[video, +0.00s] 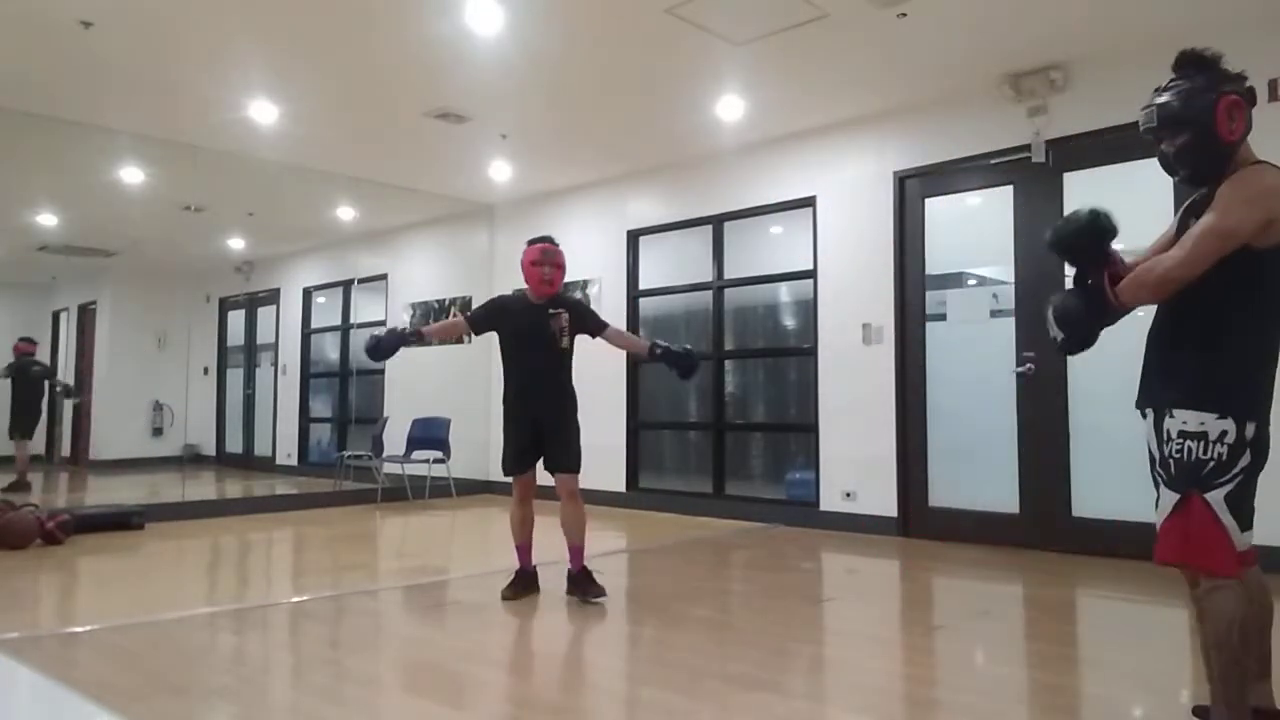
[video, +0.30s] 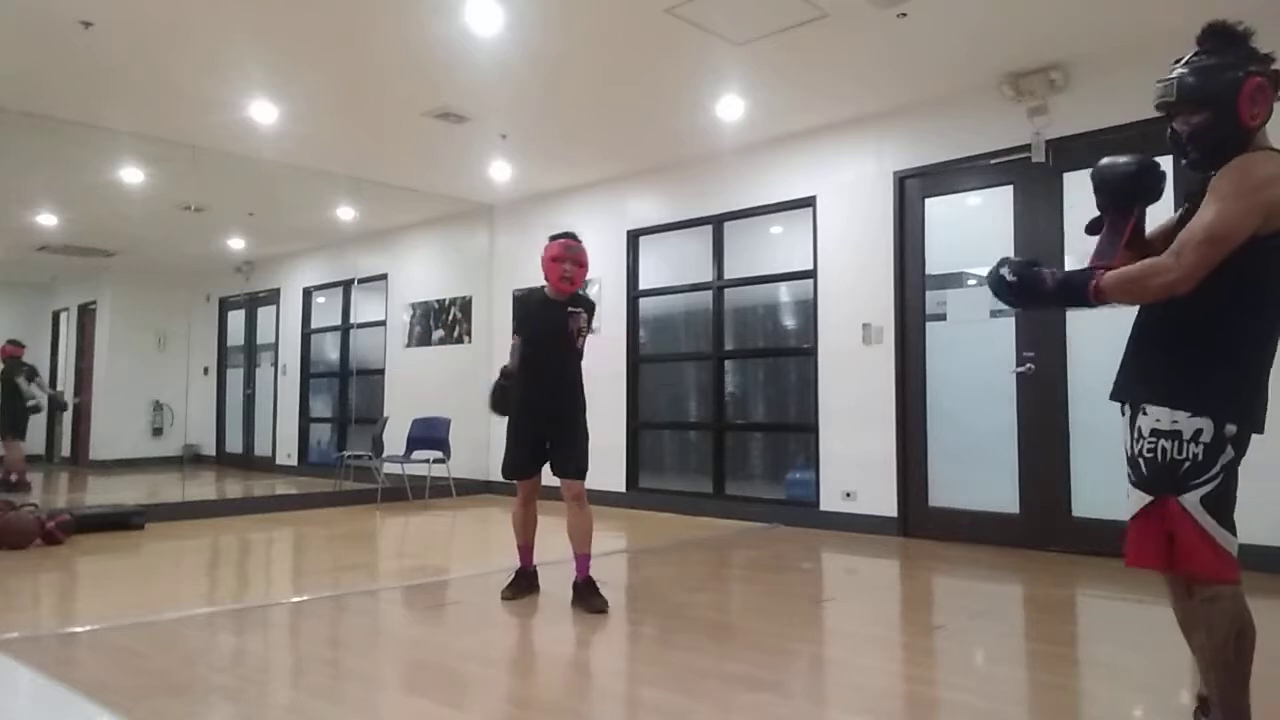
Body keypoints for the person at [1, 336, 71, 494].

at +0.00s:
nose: (14, 351)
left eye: (16, 349)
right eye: (16, 349)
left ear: (18, 350)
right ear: (32, 351)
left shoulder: (17, 366)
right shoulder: (42, 367)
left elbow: (3, 373)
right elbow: (55, 380)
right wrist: (66, 388)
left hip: (20, 410)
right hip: (34, 410)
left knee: (20, 443)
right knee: (23, 443)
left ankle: (21, 480)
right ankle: (22, 479)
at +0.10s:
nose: (8, 353)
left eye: (9, 350)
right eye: (9, 350)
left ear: (12, 350)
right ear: (26, 351)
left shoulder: (15, 364)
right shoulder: (36, 367)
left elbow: (8, 381)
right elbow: (55, 378)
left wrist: (2, 384)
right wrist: (76, 387)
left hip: (17, 409)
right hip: (29, 409)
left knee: (18, 444)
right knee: (20, 444)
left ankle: (21, 479)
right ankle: (14, 475)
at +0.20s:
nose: (4, 355)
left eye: (5, 352)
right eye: (5, 352)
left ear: (7, 353)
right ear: (21, 353)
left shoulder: (12, 368)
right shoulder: (28, 366)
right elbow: (47, 379)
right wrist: (65, 389)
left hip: (14, 408)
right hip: (24, 407)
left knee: (16, 444)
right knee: (13, 443)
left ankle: (22, 480)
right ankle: (8, 477)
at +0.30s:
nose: (2, 357)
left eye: (3, 354)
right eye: (4, 354)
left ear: (6, 354)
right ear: (20, 354)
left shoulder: (10, 369)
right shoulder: (29, 368)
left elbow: (25, 390)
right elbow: (44, 386)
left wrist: (39, 399)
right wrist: (56, 397)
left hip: (7, 411)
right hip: (20, 410)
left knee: (11, 444)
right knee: (12, 444)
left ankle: (22, 479)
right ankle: (7, 476)